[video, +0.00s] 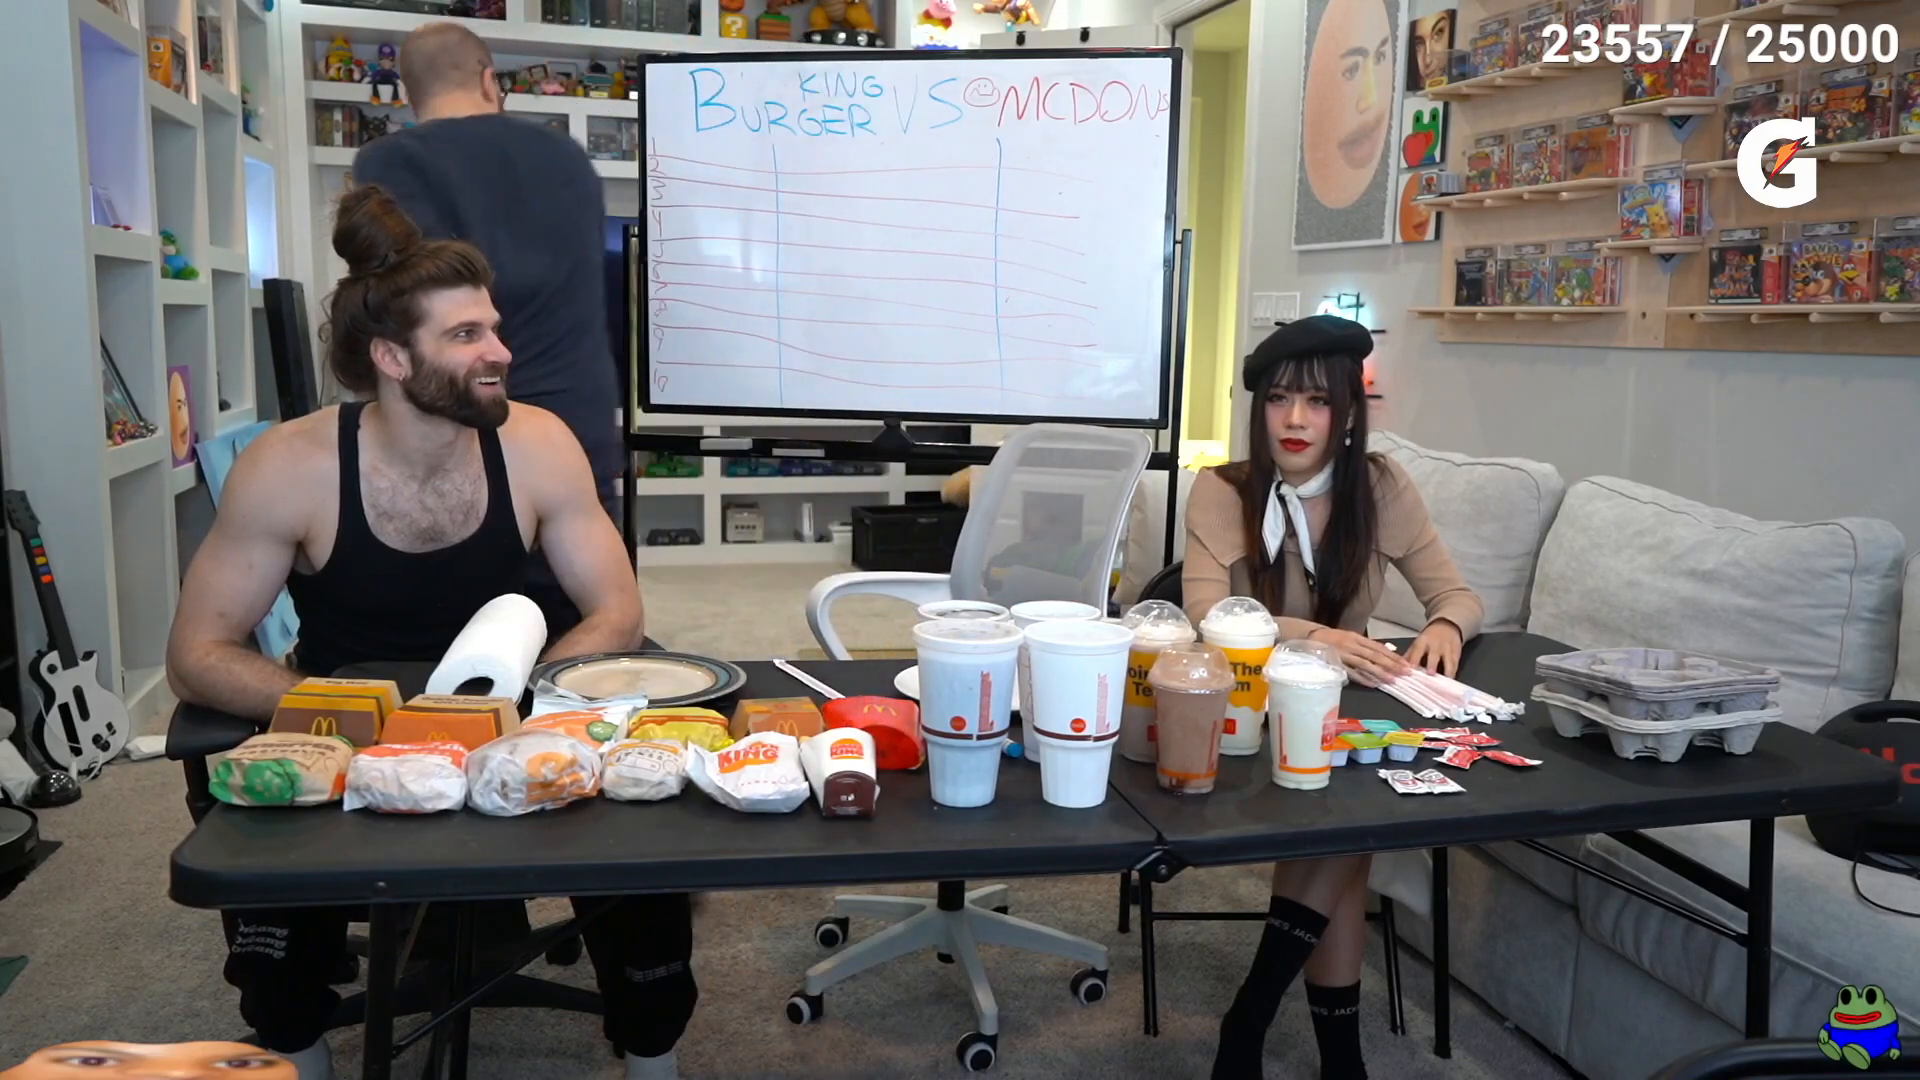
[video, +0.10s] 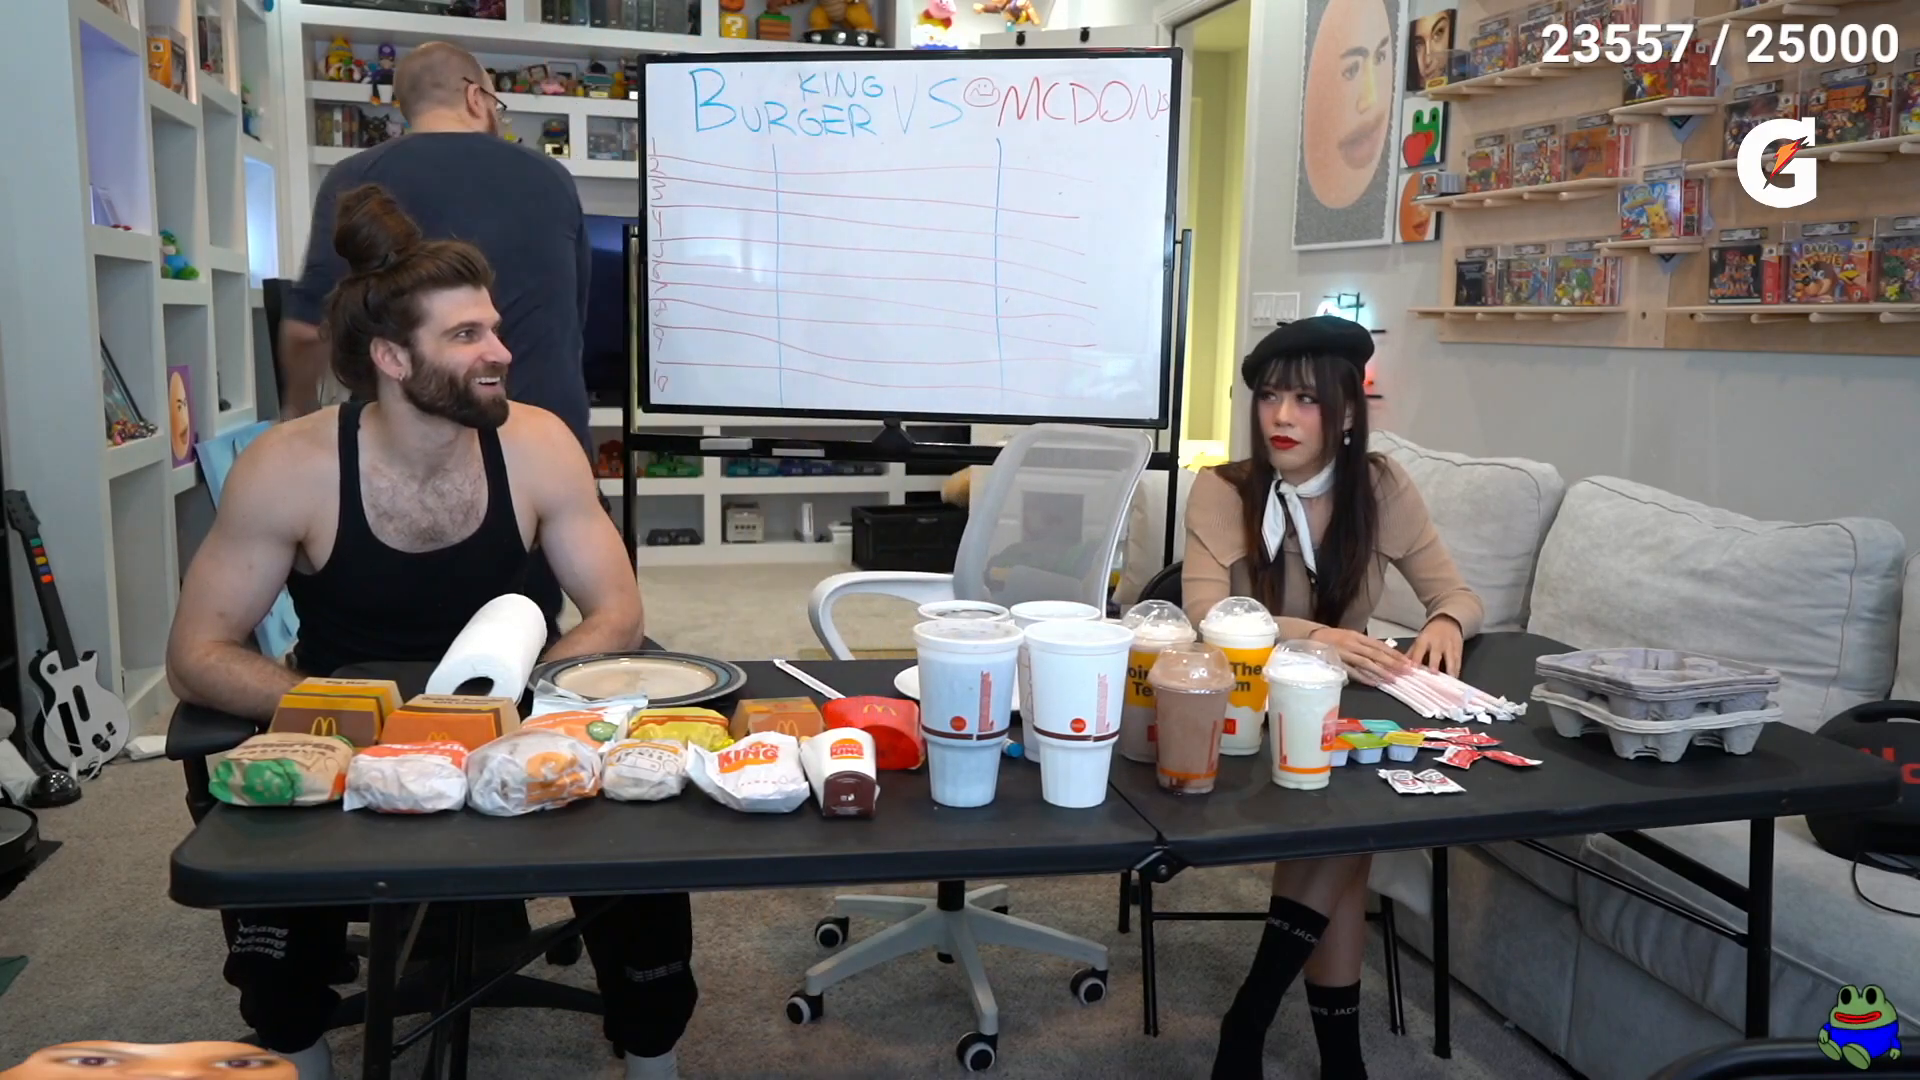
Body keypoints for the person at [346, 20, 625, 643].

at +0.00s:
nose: (497, 357)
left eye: (495, 333)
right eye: (464, 339)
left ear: (406, 95)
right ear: (489, 80)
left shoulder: (387, 162)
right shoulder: (568, 156)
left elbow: (389, 300)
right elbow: (583, 290)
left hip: (446, 446)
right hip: (579, 443)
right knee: (590, 625)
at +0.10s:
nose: (501, 355)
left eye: (499, 333)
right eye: (466, 338)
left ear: (401, 107)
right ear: (477, 96)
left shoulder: (353, 177)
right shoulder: (551, 176)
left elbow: (305, 332)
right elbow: (574, 310)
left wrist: (298, 429)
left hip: (402, 441)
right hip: (546, 449)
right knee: (532, 629)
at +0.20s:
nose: (511, 111)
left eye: (511, 99)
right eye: (506, 97)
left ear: (414, 102)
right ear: (479, 93)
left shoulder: (353, 165)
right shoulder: (550, 175)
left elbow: (277, 299)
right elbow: (577, 339)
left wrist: (296, 336)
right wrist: (590, 447)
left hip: (394, 442)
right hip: (535, 448)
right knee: (507, 623)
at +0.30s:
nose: (545, 99)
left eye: (545, 84)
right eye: (539, 82)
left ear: (453, 83)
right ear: (505, 80)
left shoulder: (374, 144)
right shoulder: (561, 161)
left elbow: (300, 265)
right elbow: (590, 319)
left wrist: (381, 306)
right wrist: (618, 431)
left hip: (398, 419)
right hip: (529, 427)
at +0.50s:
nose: (617, 134)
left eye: (617, 120)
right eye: (608, 119)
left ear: (550, 120)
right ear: (567, 119)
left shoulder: (439, 180)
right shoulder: (596, 203)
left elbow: (401, 294)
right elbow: (610, 344)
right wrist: (651, 447)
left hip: (427, 421)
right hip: (531, 441)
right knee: (515, 607)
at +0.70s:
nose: (656, 151)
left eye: (494, 330)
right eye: (654, 138)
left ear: (601, 129)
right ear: (626, 129)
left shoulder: (513, 184)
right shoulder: (613, 192)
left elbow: (451, 269)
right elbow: (587, 314)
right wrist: (598, 436)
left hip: (483, 419)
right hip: (555, 430)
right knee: (556, 594)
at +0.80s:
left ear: (625, 114)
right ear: (670, 121)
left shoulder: (566, 168)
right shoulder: (637, 175)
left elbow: (484, 240)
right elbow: (595, 281)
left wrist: (514, 339)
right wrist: (594, 400)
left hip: (548, 397)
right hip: (603, 411)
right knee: (610, 553)